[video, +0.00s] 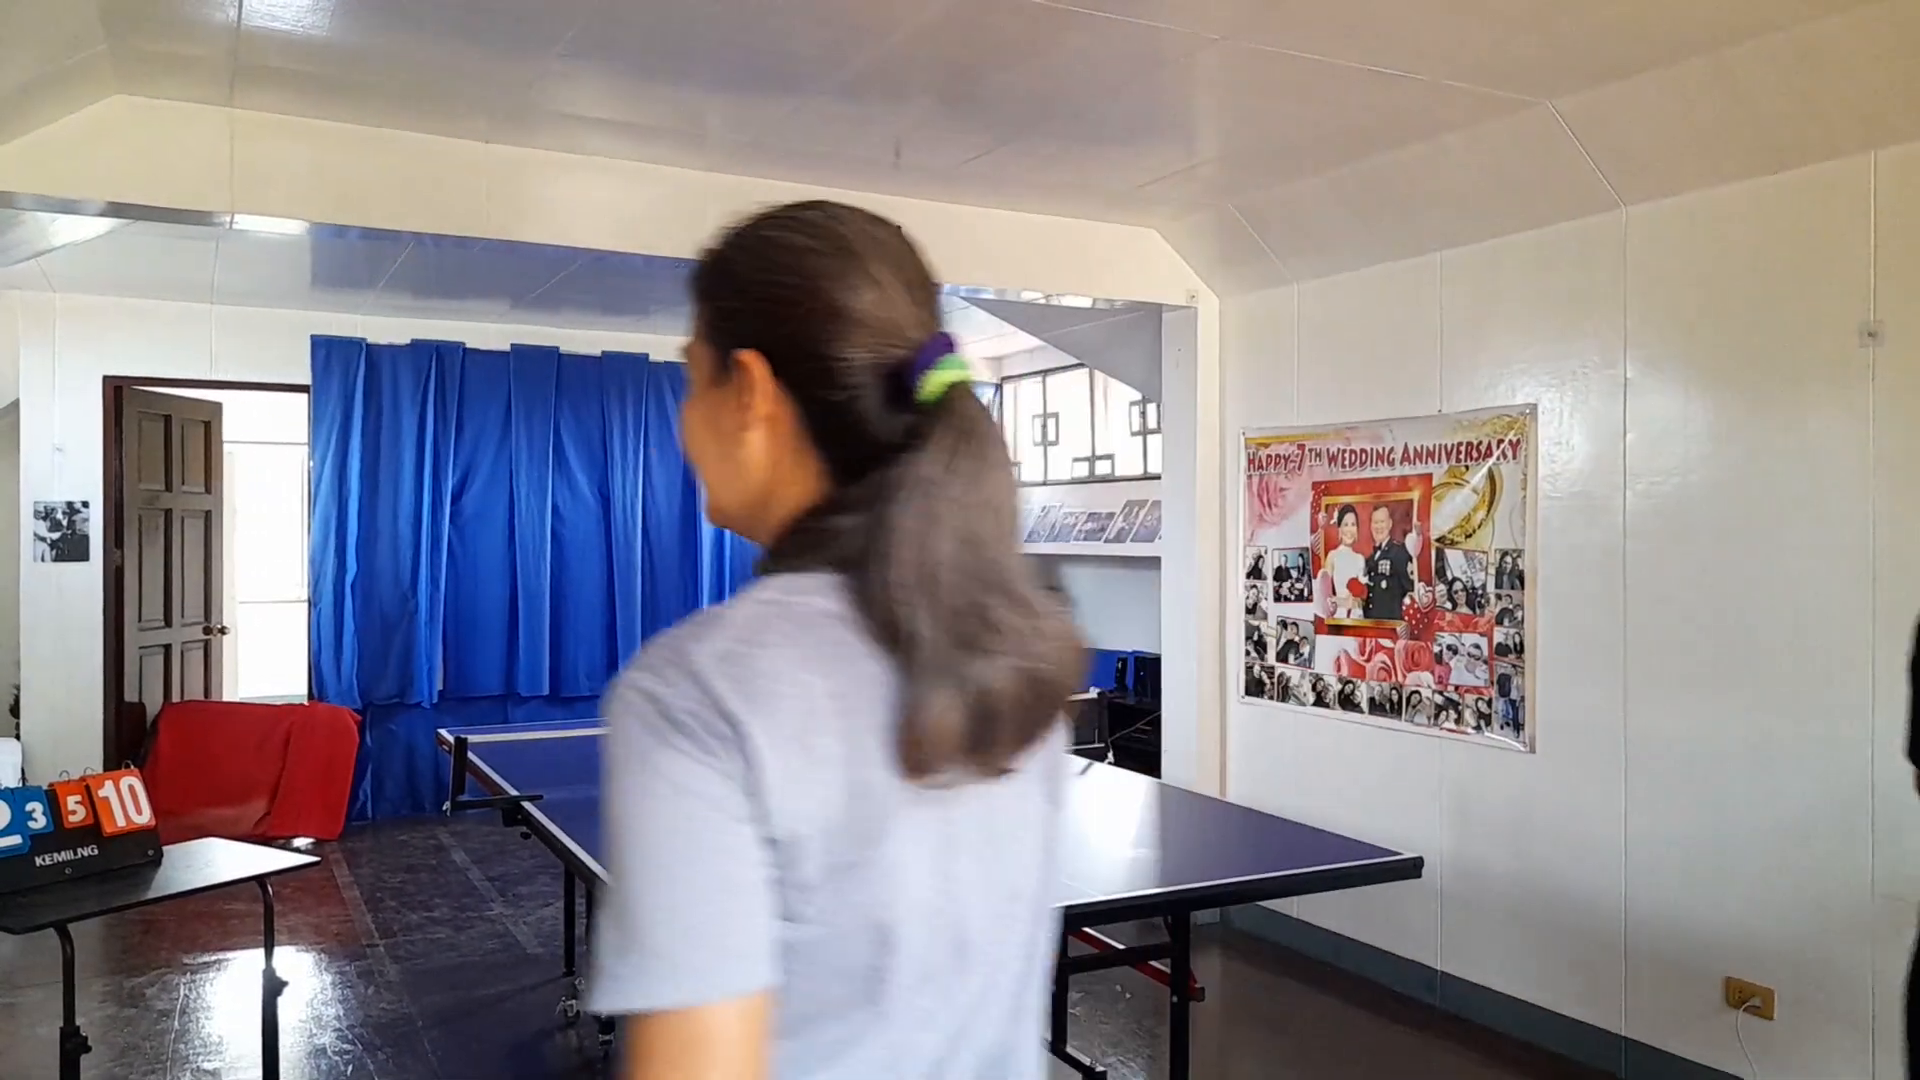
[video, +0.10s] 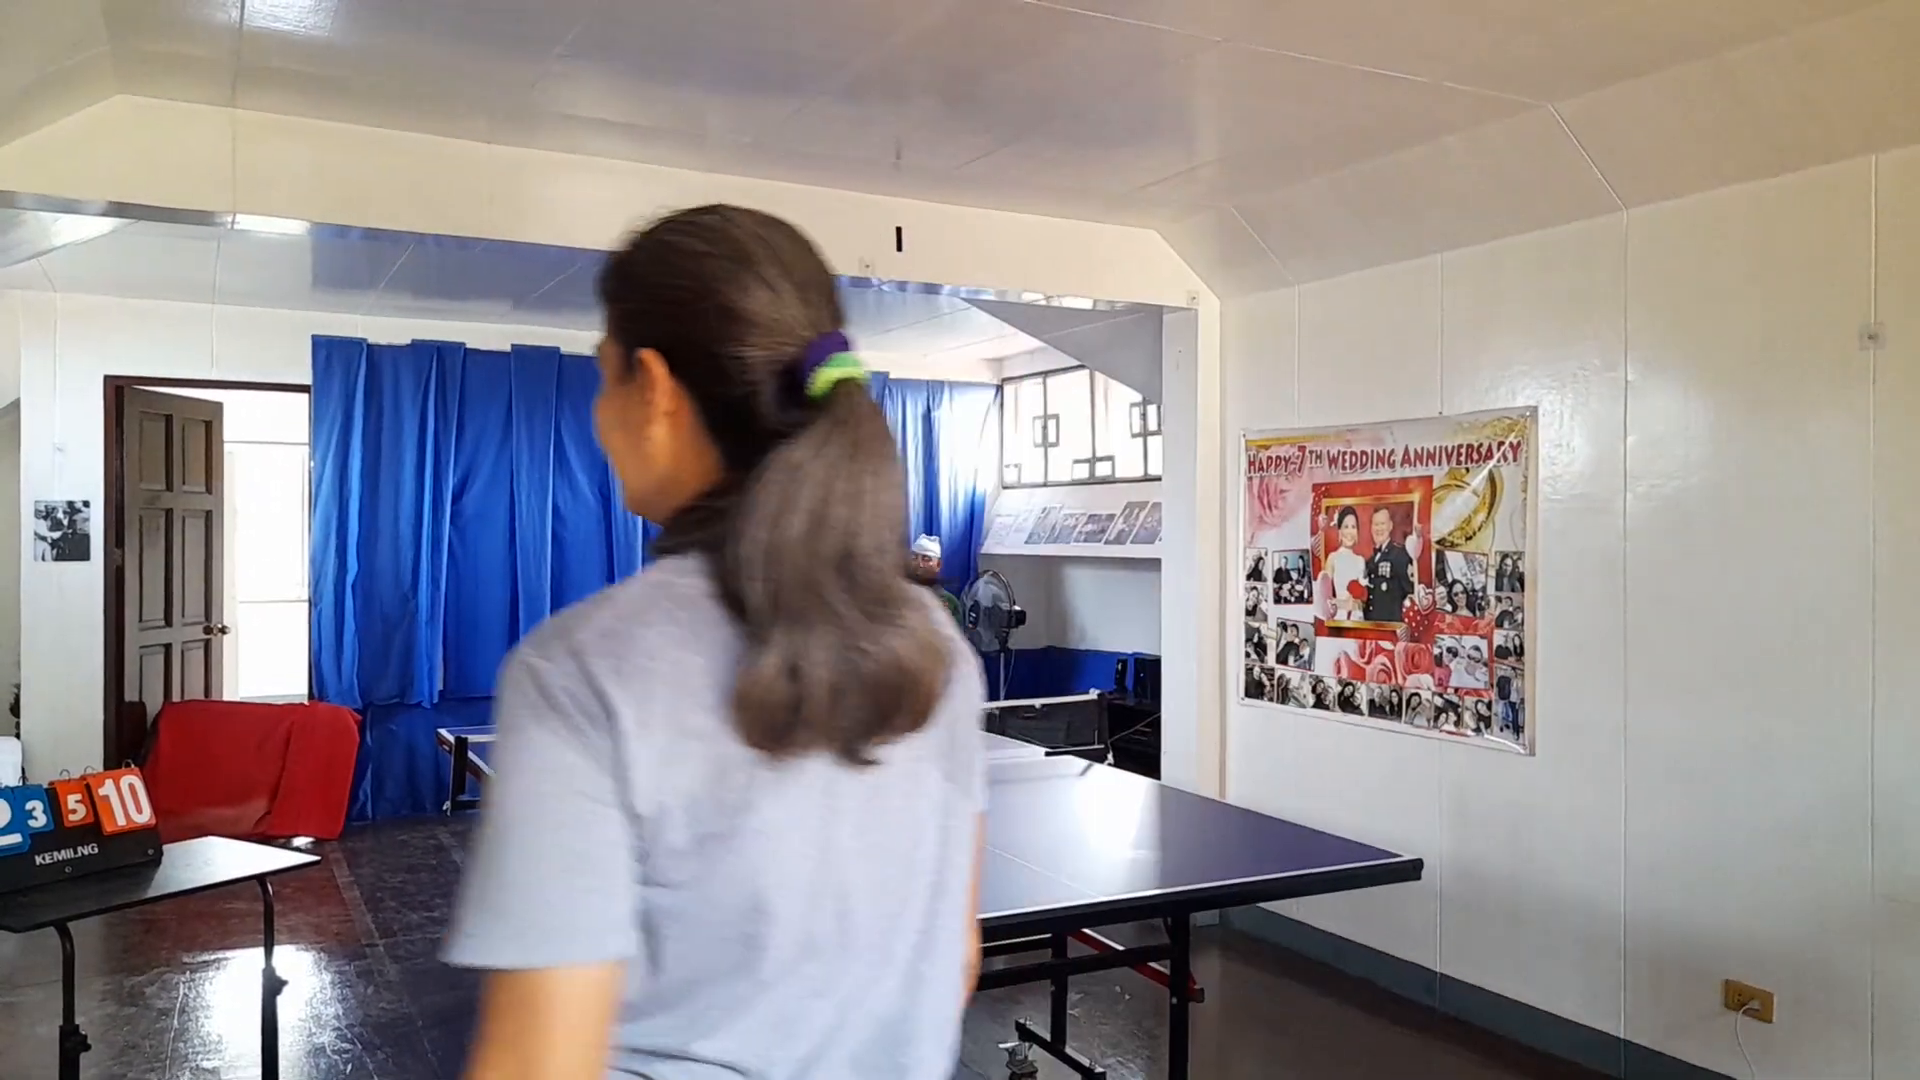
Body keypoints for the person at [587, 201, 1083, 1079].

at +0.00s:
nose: (681, 421)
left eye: (688, 380)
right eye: (683, 381)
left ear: (753, 394)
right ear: (906, 385)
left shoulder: (698, 689)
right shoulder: (1010, 642)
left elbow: (704, 1058)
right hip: (1004, 1062)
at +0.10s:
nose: (600, 413)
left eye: (606, 374)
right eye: (603, 376)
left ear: (658, 392)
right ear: (813, 381)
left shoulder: (582, 669)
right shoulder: (934, 643)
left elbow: (546, 1053)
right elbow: (954, 961)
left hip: (678, 1060)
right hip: (895, 1065)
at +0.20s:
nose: (529, 412)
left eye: (531, 378)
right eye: (530, 379)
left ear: (576, 391)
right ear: (729, 381)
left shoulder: (493, 648)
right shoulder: (858, 638)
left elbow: (396, 1045)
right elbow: (894, 945)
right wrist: (902, 1069)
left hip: (564, 1060)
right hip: (811, 1064)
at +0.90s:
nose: (233, 509)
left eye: (226, 479)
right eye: (225, 483)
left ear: (250, 463)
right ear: (372, 446)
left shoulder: (241, 610)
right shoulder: (502, 611)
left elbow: (64, 672)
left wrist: (219, 563)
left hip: (245, 1051)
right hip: (446, 1037)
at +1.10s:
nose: (132, 500)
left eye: (126, 482)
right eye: (124, 482)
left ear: (147, 480)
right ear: (266, 464)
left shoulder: (123, 625)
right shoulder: (389, 619)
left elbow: (9, 667)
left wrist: (123, 555)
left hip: (122, 1053)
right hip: (334, 1038)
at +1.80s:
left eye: (11, 476)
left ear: (15, 481)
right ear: (130, 482)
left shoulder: (8, 589)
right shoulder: (199, 594)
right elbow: (253, 769)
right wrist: (306, 900)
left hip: (24, 958)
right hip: (164, 951)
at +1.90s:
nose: (5, 477)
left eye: (4, 468)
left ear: (10, 477)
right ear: (121, 475)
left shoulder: (7, 582)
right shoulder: (188, 584)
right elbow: (239, 755)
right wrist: (269, 868)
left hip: (22, 932)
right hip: (157, 921)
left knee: (39, 1067)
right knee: (133, 1065)